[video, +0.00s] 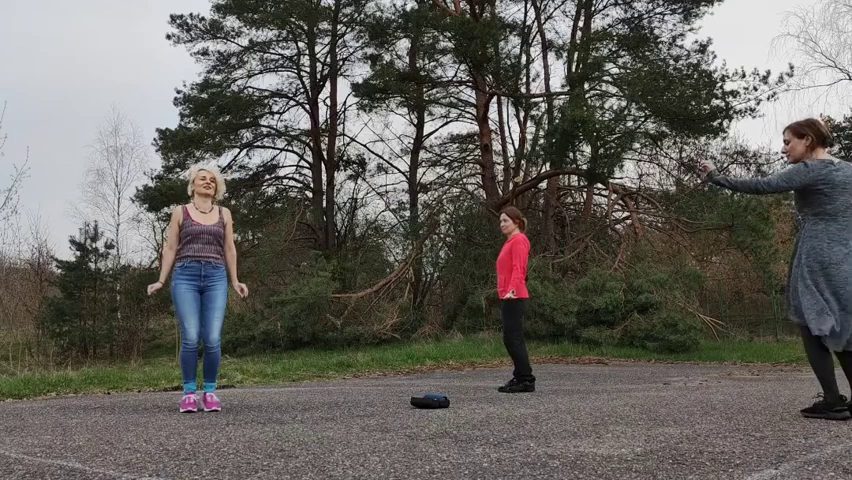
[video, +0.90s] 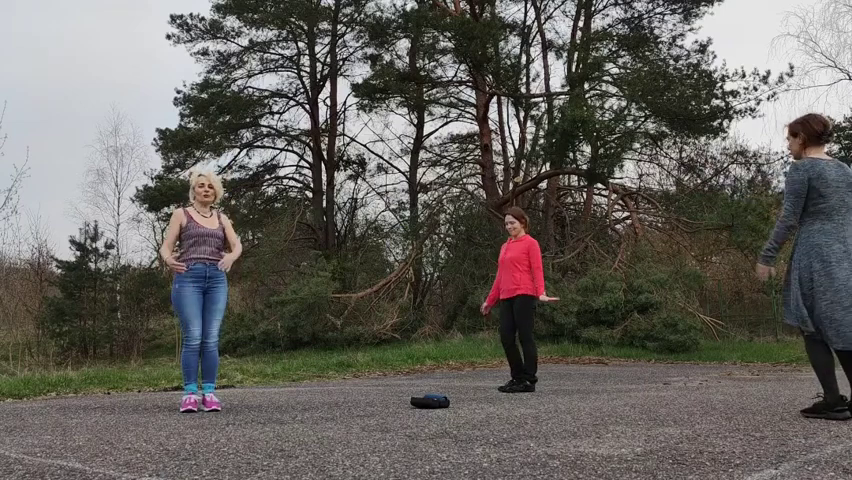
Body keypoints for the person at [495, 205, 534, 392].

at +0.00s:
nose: (502, 224)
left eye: (505, 221)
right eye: (501, 222)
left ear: (517, 222)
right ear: (502, 224)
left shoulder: (519, 240)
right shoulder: (511, 241)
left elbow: (519, 267)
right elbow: (511, 267)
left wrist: (512, 288)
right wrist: (505, 288)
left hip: (515, 297)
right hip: (508, 297)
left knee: (513, 338)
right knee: (510, 337)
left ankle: (525, 379)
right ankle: (520, 377)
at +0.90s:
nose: (510, 226)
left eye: (513, 222)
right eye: (507, 224)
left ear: (522, 222)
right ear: (505, 226)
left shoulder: (530, 242)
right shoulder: (505, 246)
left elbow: (537, 268)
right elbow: (500, 277)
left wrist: (541, 292)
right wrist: (490, 301)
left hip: (524, 295)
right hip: (506, 297)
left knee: (525, 336)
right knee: (507, 338)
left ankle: (529, 380)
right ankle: (517, 378)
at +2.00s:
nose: (499, 232)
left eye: (500, 228)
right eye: (497, 229)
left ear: (511, 224)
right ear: (506, 226)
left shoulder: (522, 241)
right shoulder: (511, 243)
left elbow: (523, 268)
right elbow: (510, 269)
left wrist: (517, 292)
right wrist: (505, 292)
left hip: (515, 298)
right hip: (506, 297)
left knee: (514, 339)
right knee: (512, 339)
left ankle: (525, 379)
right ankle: (520, 377)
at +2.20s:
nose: (498, 230)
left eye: (499, 226)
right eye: (496, 227)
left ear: (510, 223)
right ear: (501, 226)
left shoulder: (521, 240)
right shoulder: (508, 243)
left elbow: (525, 269)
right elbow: (505, 274)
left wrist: (521, 294)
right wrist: (501, 300)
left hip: (516, 297)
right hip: (507, 298)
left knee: (517, 339)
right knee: (514, 340)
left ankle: (526, 379)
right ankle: (519, 377)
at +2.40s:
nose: (497, 227)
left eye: (500, 223)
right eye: (496, 224)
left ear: (511, 222)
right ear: (505, 223)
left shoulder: (522, 242)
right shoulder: (507, 244)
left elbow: (527, 270)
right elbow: (502, 276)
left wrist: (524, 295)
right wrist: (496, 302)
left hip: (516, 298)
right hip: (505, 298)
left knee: (515, 339)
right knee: (512, 339)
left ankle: (526, 379)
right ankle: (519, 377)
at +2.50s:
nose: (497, 225)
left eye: (500, 221)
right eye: (496, 222)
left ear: (512, 221)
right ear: (500, 223)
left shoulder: (521, 241)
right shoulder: (504, 244)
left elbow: (527, 269)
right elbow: (501, 277)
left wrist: (525, 293)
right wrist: (491, 302)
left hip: (515, 297)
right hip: (504, 298)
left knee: (516, 340)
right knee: (514, 340)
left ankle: (526, 379)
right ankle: (519, 377)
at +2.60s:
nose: (496, 223)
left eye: (499, 219)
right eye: (495, 220)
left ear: (511, 220)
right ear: (499, 222)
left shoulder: (519, 241)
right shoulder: (500, 245)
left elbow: (528, 267)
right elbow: (497, 277)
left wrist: (528, 292)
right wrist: (488, 301)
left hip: (516, 297)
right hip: (503, 298)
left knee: (517, 339)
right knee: (513, 339)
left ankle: (527, 379)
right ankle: (519, 377)